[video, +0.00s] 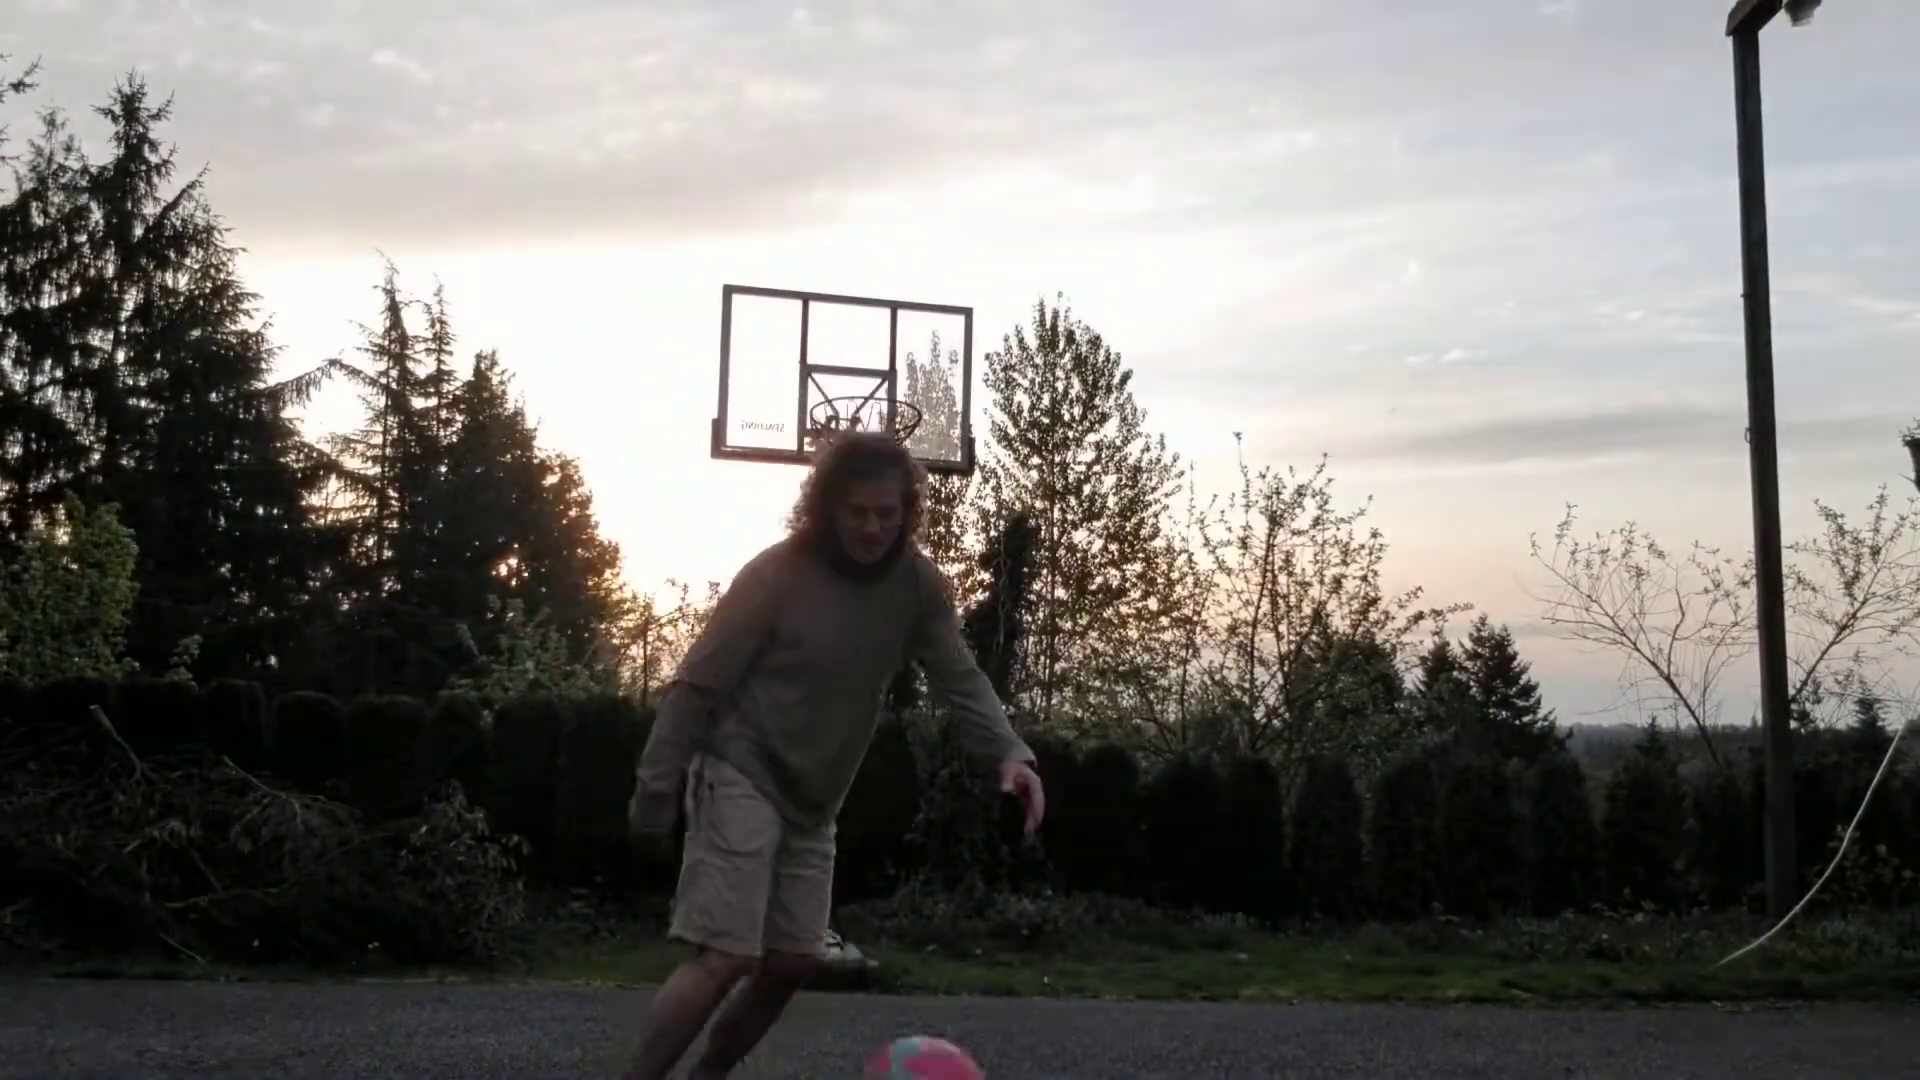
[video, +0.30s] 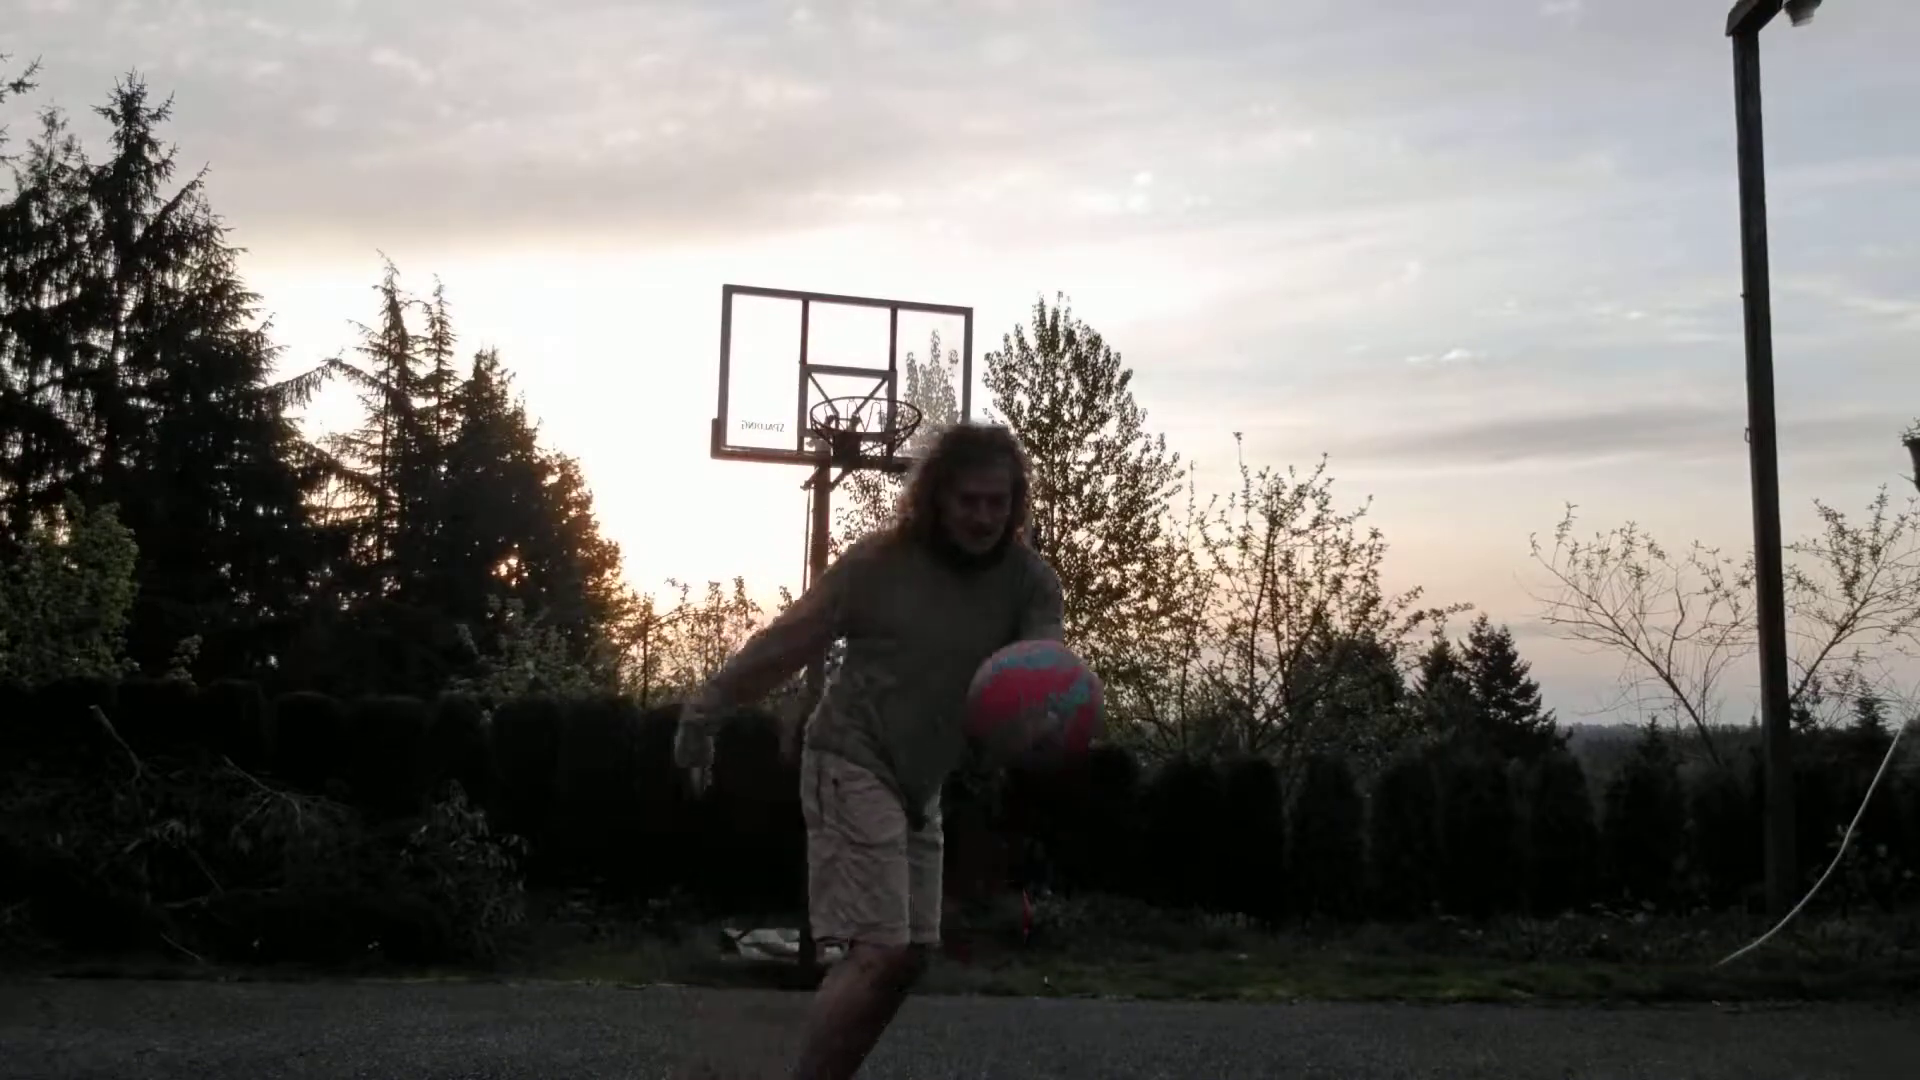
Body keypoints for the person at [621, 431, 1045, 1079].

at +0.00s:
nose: (872, 527)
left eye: (887, 513)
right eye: (857, 512)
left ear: (907, 513)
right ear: (827, 507)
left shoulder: (918, 589)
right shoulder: (778, 575)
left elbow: (963, 680)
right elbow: (696, 682)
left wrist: (1009, 755)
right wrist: (655, 793)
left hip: (814, 801)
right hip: (738, 778)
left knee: (788, 965)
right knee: (725, 956)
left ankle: (706, 1074)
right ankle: (641, 1074)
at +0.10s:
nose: (899, 522)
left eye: (912, 507)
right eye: (883, 506)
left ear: (930, 507)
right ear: (853, 503)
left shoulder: (946, 586)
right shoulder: (798, 570)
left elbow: (979, 675)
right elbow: (717, 668)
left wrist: (1003, 733)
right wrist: (669, 762)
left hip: (841, 795)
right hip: (770, 771)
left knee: (814, 963)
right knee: (776, 954)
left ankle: (718, 1073)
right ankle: (686, 1074)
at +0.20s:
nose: (934, 518)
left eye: (949, 503)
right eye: (917, 502)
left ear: (968, 505)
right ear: (887, 499)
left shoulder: (985, 581)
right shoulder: (834, 565)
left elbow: (1004, 672)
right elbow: (749, 653)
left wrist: (1016, 710)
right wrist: (689, 737)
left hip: (877, 787)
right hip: (806, 767)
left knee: (850, 960)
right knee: (831, 954)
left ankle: (746, 1068)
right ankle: (735, 1073)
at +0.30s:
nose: (984, 516)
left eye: (998, 501)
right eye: (968, 500)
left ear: (1015, 504)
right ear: (937, 498)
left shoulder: (1030, 583)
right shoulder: (879, 565)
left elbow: (1045, 686)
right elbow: (787, 643)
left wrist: (1042, 732)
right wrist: (704, 708)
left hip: (923, 778)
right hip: (850, 761)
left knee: (909, 955)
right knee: (878, 951)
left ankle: (827, 1071)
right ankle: (809, 1075)